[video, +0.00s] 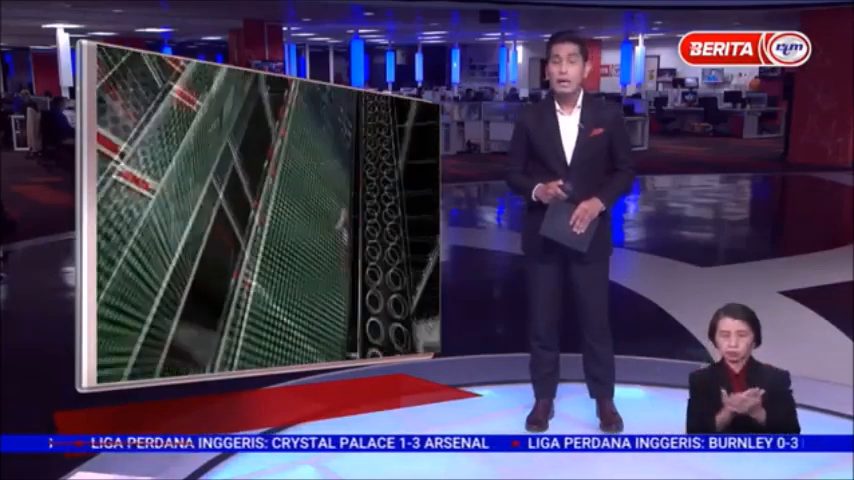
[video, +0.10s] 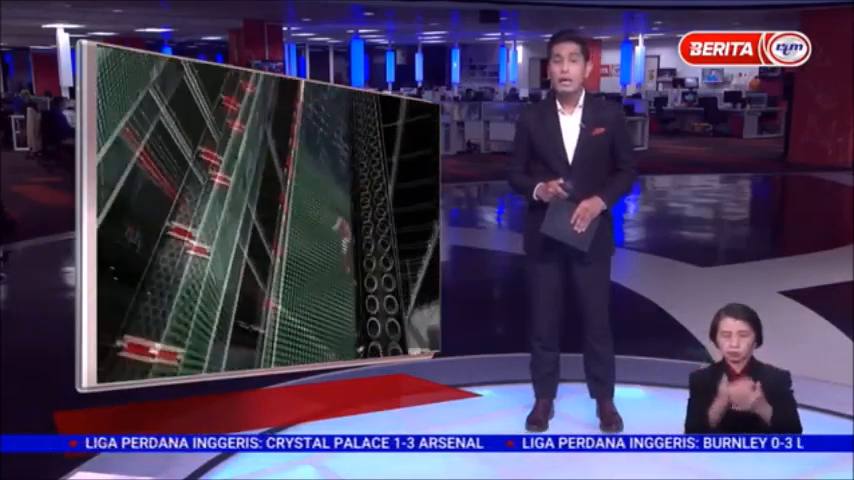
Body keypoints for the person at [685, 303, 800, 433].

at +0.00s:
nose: (733, 343)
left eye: (742, 335)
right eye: (725, 335)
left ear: (755, 340)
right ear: (714, 340)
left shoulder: (776, 379)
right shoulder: (701, 380)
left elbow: (791, 432)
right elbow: (695, 434)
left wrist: (757, 413)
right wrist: (728, 411)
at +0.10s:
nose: (734, 344)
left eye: (743, 335)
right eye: (726, 335)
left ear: (756, 340)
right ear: (716, 340)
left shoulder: (776, 379)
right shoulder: (702, 380)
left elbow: (793, 433)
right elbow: (693, 435)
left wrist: (761, 407)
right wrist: (721, 402)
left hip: (766, 462)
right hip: (715, 462)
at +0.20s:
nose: (735, 345)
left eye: (744, 337)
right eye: (727, 337)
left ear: (756, 341)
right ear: (717, 341)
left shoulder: (777, 379)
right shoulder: (702, 378)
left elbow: (796, 434)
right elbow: (690, 435)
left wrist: (771, 407)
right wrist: (710, 399)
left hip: (765, 462)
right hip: (714, 462)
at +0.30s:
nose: (736, 345)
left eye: (745, 336)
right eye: (728, 337)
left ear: (758, 341)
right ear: (718, 341)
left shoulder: (778, 379)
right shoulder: (703, 378)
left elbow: (801, 429)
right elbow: (682, 432)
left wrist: (776, 412)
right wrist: (701, 404)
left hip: (767, 464)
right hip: (715, 463)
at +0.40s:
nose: (737, 344)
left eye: (745, 336)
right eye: (729, 336)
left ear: (758, 340)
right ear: (718, 341)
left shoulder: (779, 379)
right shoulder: (702, 378)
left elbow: (801, 430)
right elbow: (681, 433)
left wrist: (774, 414)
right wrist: (701, 405)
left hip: (767, 465)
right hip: (714, 464)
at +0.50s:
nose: (737, 344)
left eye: (745, 336)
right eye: (729, 336)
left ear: (758, 340)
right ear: (719, 340)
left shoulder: (779, 379)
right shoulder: (702, 379)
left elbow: (801, 430)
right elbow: (680, 433)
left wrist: (772, 422)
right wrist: (701, 414)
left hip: (767, 465)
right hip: (712, 464)